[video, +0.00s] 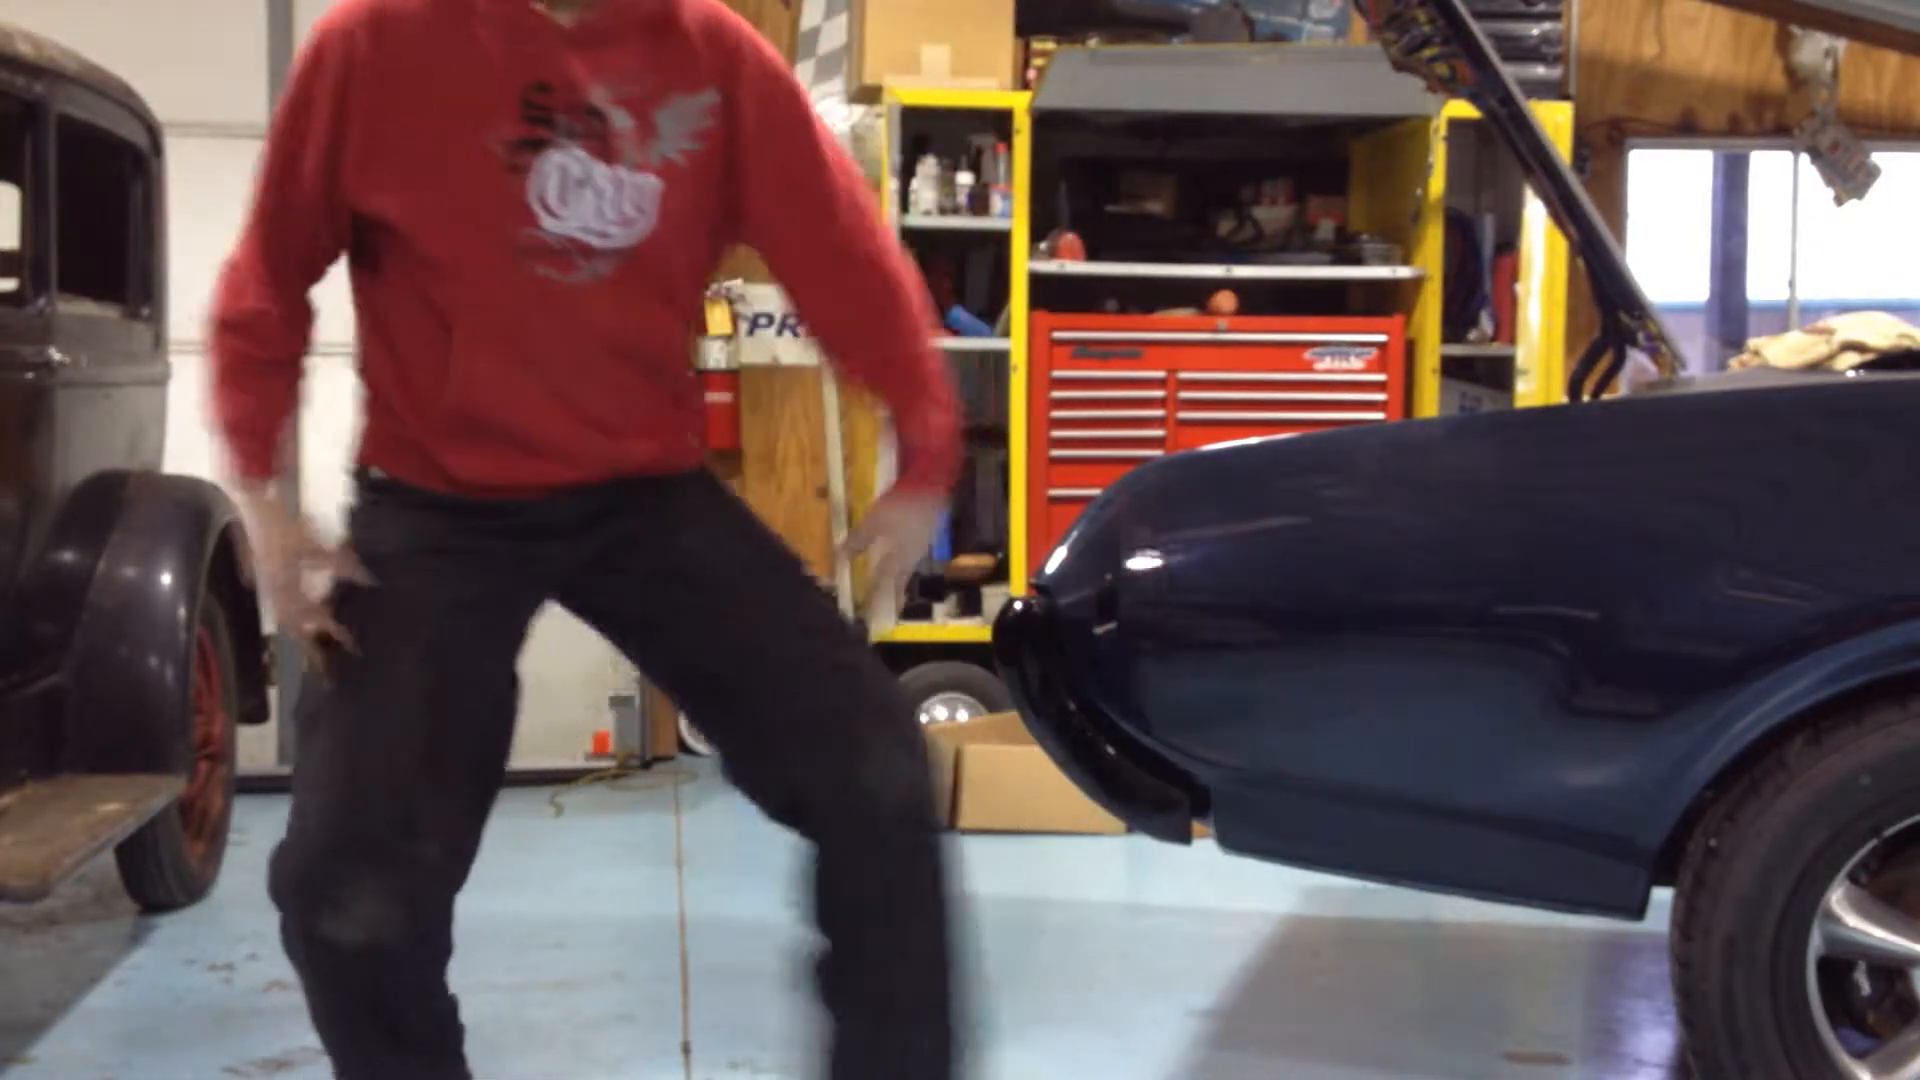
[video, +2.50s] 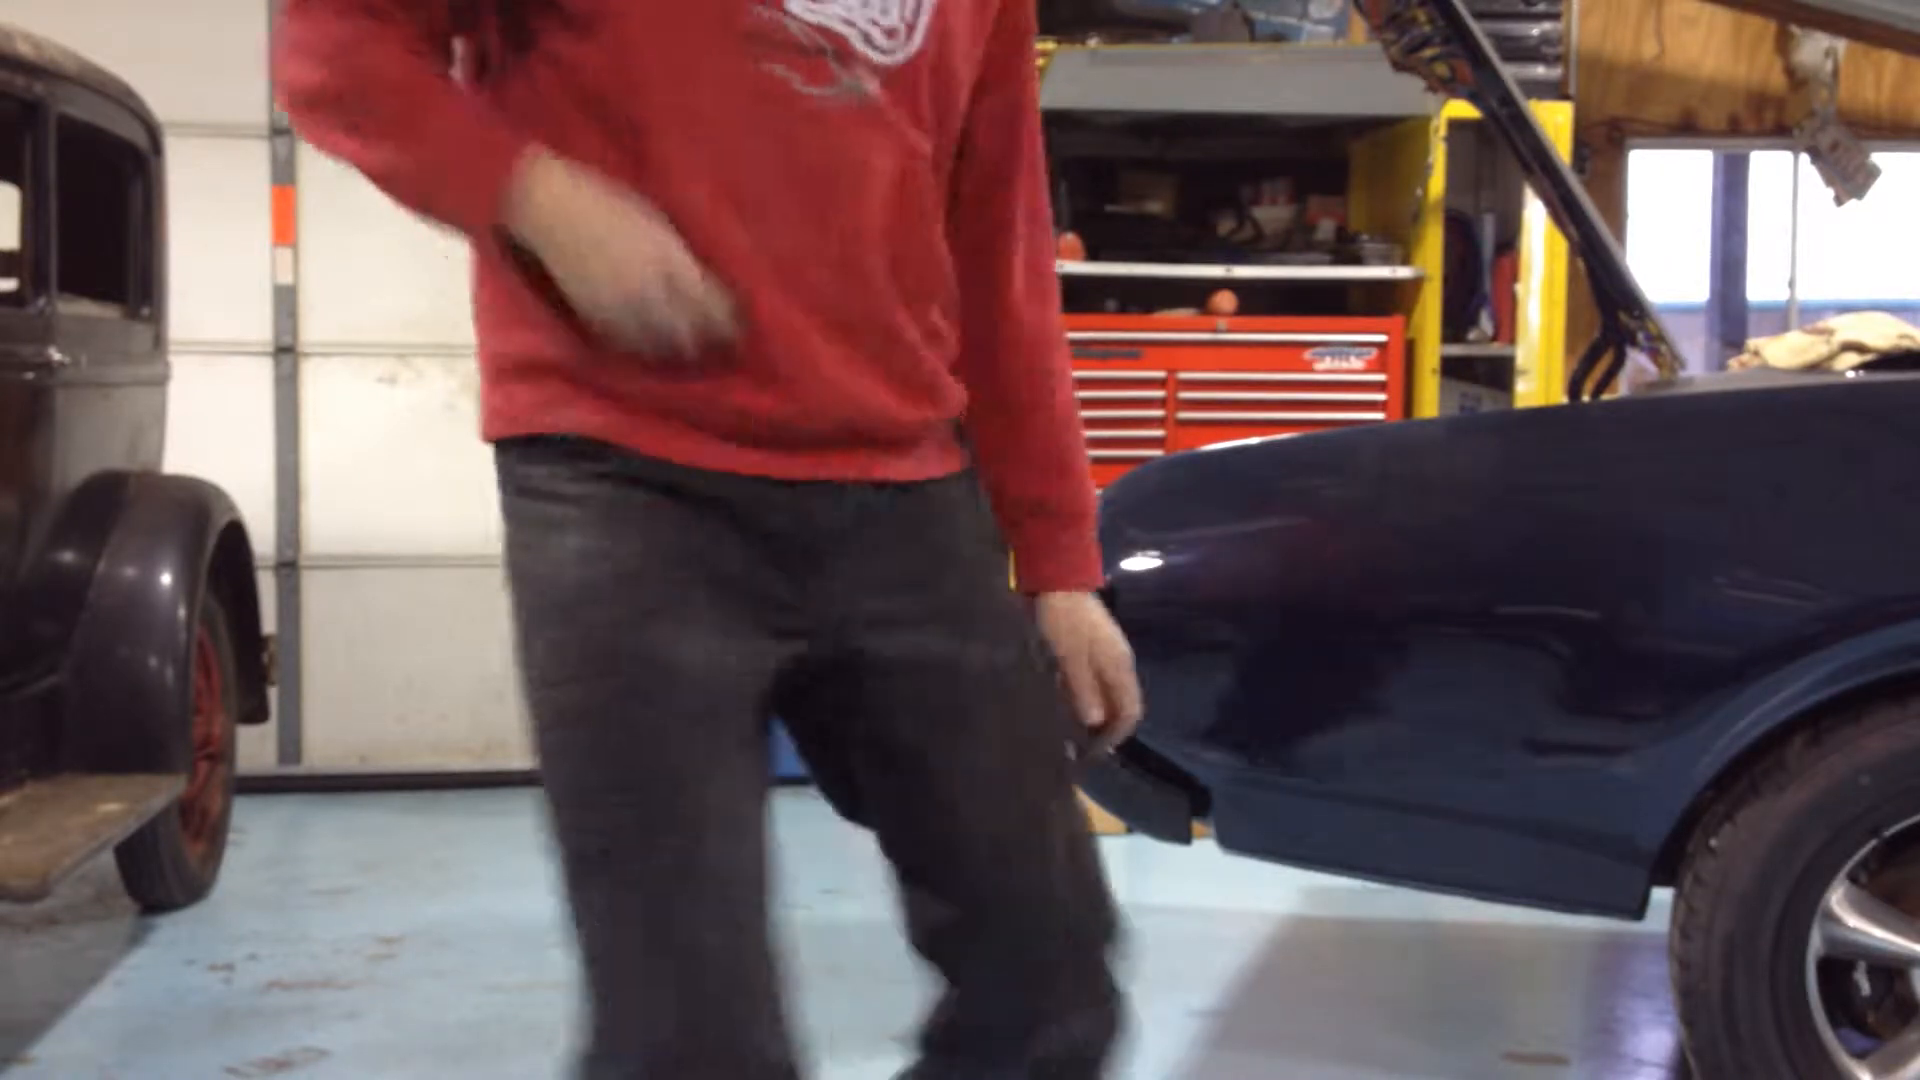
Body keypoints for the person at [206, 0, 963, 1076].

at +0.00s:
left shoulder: (713, 55)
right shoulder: (375, 41)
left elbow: (845, 254)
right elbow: (265, 272)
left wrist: (924, 465)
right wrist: (260, 497)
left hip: (651, 500)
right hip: (433, 513)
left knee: (876, 780)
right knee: (351, 896)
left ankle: (893, 1067)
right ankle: (413, 1073)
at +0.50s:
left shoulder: (660, 45)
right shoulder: (351, 26)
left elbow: (660, 269)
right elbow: (265, 256)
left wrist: (620, 450)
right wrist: (212, 508)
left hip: (596, 482)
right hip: (381, 486)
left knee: (755, 822)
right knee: (350, 898)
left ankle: (875, 1063)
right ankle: (393, 1068)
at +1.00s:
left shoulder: (806, 24)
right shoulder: (666, 5)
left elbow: (791, 203)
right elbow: (534, 193)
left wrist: (832, 271)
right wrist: (670, 216)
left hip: (702, 432)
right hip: (629, 421)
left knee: (786, 807)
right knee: (655, 821)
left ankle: (700, 1066)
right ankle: (616, 1063)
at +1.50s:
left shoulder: (851, 18)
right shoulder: (750, 6)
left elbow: (744, 217)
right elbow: (568, 159)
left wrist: (889, 355)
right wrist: (763, 345)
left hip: (777, 443)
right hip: (730, 445)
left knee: (828, 849)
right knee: (877, 868)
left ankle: (730, 1059)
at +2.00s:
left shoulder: (894, 18)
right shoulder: (740, 6)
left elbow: (788, 190)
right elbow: (539, 113)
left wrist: (917, 325)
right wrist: (746, 263)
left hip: (814, 457)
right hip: (712, 446)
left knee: (924, 833)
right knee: (838, 924)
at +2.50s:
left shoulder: (981, 11)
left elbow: (1003, 248)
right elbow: (327, 47)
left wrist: (1059, 567)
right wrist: (539, 192)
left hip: (903, 495)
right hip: (622, 486)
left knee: (1045, 972)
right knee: (692, 1029)